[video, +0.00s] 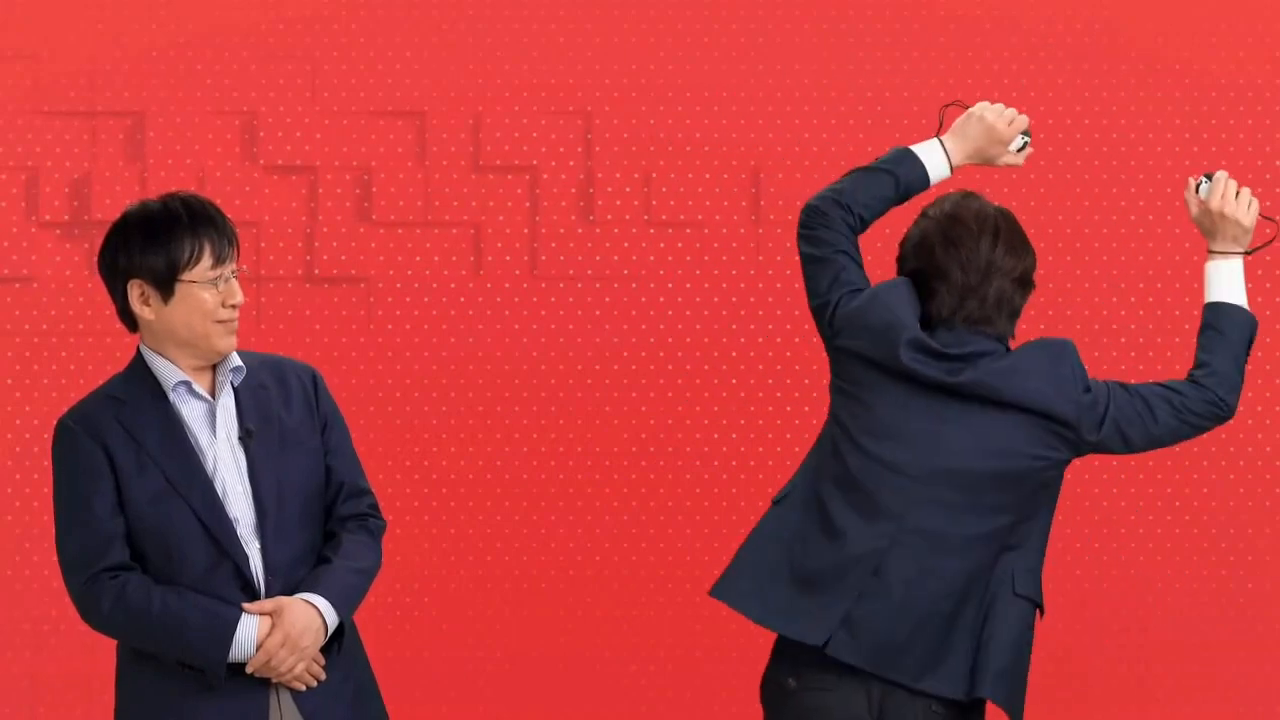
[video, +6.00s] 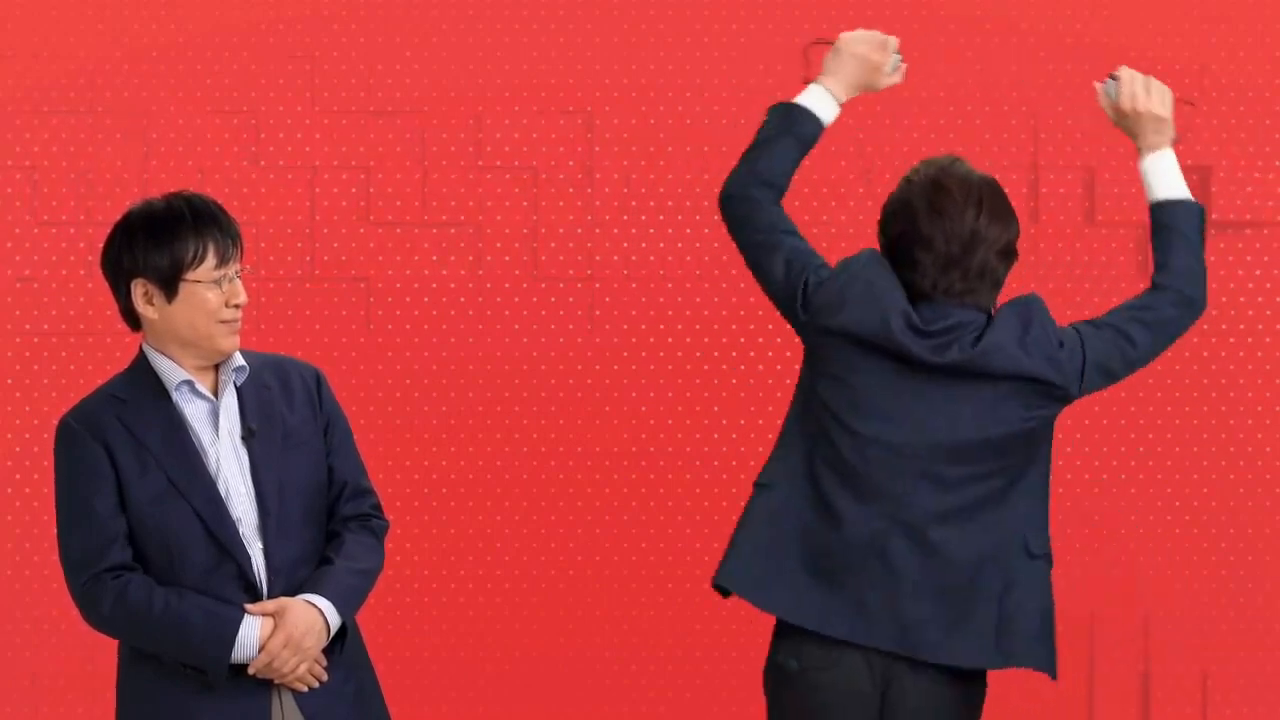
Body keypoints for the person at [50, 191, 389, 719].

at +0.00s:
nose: (235, 297)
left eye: (234, 277)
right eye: (212, 282)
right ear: (145, 300)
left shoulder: (299, 388)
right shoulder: (90, 433)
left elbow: (360, 523)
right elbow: (103, 590)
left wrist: (319, 611)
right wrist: (250, 638)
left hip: (332, 699)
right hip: (191, 707)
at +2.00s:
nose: (240, 297)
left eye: (239, 277)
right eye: (217, 282)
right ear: (149, 300)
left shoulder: (303, 388)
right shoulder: (94, 432)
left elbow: (363, 524)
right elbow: (105, 590)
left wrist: (321, 613)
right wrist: (251, 639)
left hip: (335, 699)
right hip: (193, 706)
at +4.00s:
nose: (236, 298)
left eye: (234, 278)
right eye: (212, 283)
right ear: (145, 301)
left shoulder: (301, 390)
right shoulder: (91, 434)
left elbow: (360, 525)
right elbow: (103, 591)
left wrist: (319, 612)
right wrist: (251, 639)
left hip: (332, 701)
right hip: (192, 708)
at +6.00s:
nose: (239, 297)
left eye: (237, 278)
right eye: (215, 282)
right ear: (148, 300)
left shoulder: (302, 388)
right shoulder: (93, 432)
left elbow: (362, 523)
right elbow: (104, 590)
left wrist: (321, 612)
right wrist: (251, 639)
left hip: (335, 700)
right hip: (192, 708)